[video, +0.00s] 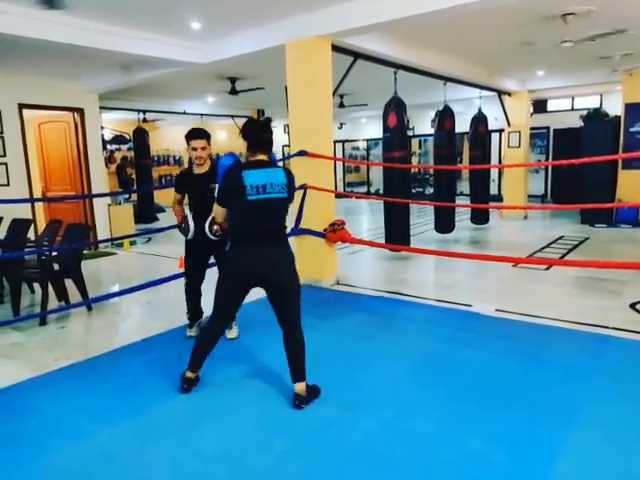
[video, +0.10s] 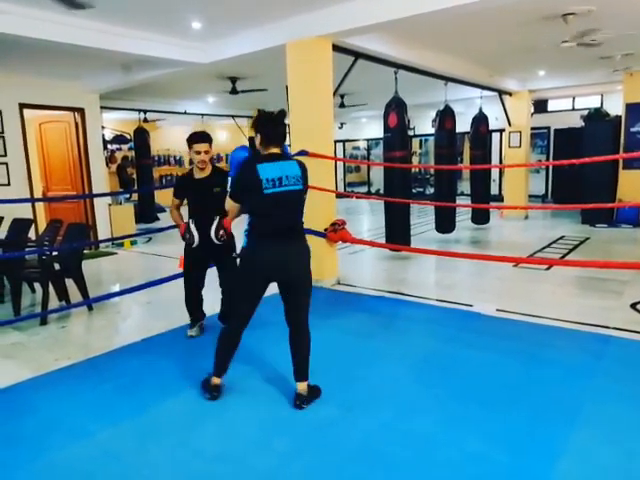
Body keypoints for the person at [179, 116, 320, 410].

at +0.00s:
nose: (243, 147)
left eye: (243, 143)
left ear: (245, 145)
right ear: (271, 144)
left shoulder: (234, 174)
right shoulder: (285, 175)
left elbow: (219, 217)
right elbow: (282, 210)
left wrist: (240, 219)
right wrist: (238, 217)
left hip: (240, 261)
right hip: (277, 259)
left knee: (220, 318)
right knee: (291, 324)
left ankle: (191, 374)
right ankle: (300, 388)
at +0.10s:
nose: (253, 140)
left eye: (254, 136)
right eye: (255, 136)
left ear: (259, 139)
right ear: (284, 138)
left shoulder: (249, 168)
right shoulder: (299, 167)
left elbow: (231, 209)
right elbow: (294, 203)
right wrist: (250, 203)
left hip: (259, 255)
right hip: (295, 254)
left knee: (237, 319)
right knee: (299, 322)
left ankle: (217, 379)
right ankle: (302, 387)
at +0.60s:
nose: (352, 144)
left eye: (354, 139)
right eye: (352, 139)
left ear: (365, 138)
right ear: (380, 138)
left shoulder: (363, 173)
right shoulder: (400, 162)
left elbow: (347, 217)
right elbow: (382, 207)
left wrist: (336, 218)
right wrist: (347, 220)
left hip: (381, 263)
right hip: (418, 256)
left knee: (353, 332)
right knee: (424, 325)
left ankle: (332, 403)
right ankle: (451, 392)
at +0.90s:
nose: (392, 135)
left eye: (393, 130)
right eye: (392, 130)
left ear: (406, 130)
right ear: (420, 130)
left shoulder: (400, 165)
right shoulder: (439, 158)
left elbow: (382, 209)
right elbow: (429, 198)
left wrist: (376, 188)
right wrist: (388, 191)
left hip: (422, 256)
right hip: (454, 246)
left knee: (401, 321)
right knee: (455, 308)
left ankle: (417, 395)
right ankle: (495, 365)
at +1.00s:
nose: (408, 142)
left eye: (410, 136)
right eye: (408, 136)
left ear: (423, 136)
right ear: (435, 136)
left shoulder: (418, 171)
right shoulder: (453, 163)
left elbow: (398, 215)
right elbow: (437, 201)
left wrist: (391, 184)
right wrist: (407, 176)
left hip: (434, 262)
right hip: (466, 254)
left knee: (401, 321)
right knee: (470, 313)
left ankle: (417, 395)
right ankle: (507, 373)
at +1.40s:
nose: (402, 142)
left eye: (405, 138)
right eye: (403, 137)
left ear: (417, 141)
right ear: (429, 140)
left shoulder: (398, 170)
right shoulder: (446, 165)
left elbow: (354, 173)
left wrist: (337, 152)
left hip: (422, 261)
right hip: (458, 257)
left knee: (382, 315)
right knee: (471, 317)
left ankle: (363, 379)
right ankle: (507, 377)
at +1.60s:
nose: (381, 133)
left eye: (384, 128)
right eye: (383, 128)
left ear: (396, 133)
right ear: (403, 135)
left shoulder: (393, 168)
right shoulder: (410, 160)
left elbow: (364, 204)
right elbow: (363, 159)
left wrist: (341, 177)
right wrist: (338, 140)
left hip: (403, 254)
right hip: (431, 248)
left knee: (374, 316)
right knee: (441, 316)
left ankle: (361, 381)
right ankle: (483, 379)